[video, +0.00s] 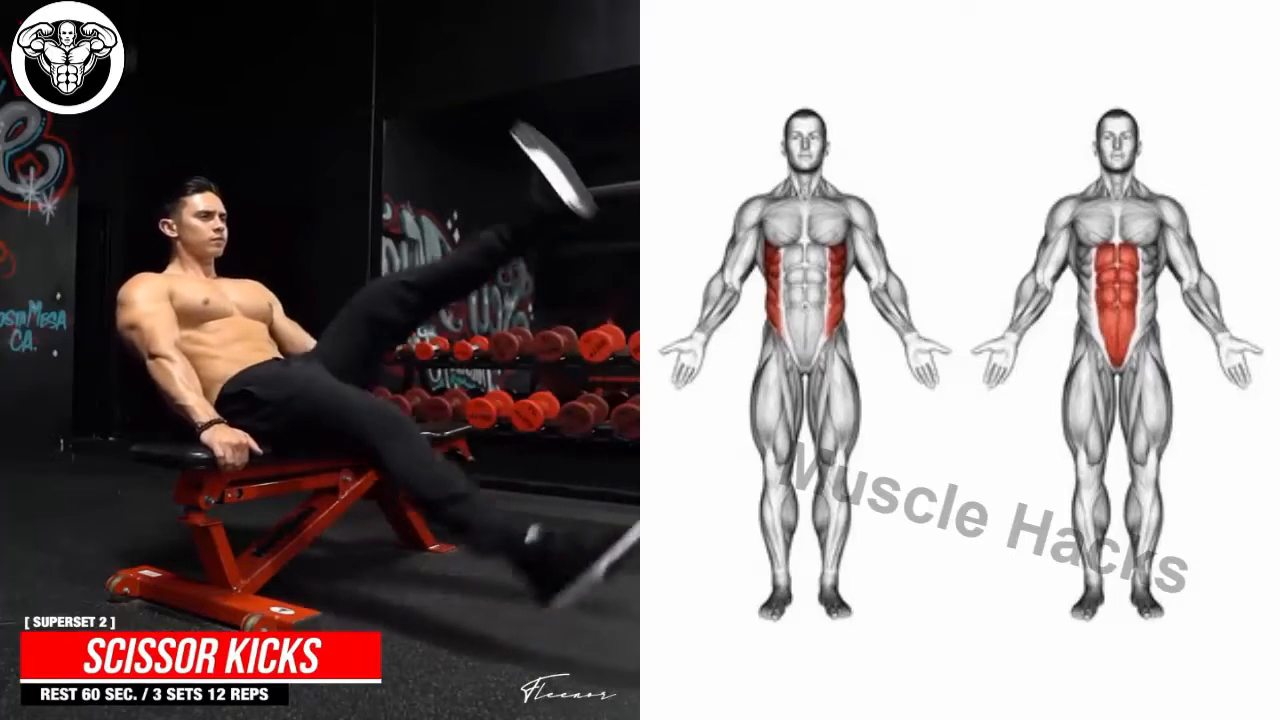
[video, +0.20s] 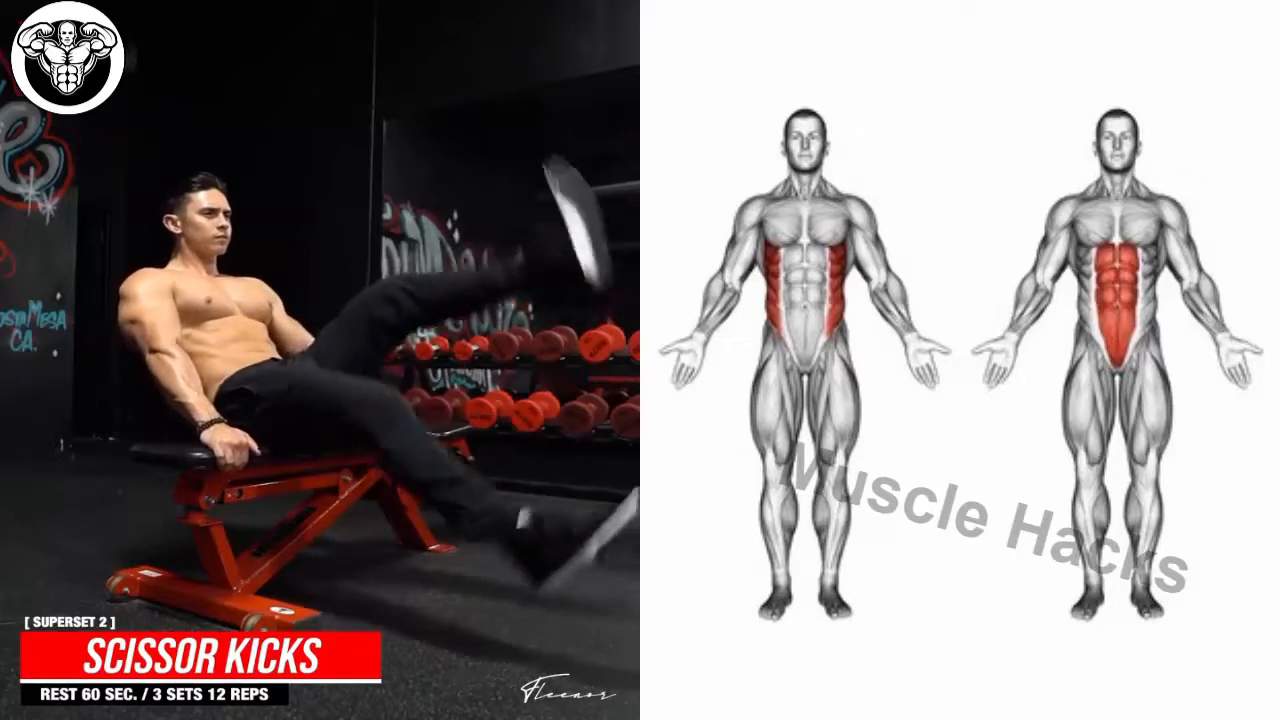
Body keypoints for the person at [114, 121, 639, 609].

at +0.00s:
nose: (218, 225)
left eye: (221, 217)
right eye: (204, 216)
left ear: (225, 229)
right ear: (170, 228)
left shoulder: (254, 292)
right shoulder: (145, 291)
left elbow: (316, 355)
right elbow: (163, 358)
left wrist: (370, 395)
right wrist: (208, 425)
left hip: (303, 376)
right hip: (251, 392)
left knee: (387, 296)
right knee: (381, 417)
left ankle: (536, 221)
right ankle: (528, 548)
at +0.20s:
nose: (222, 226)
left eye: (226, 216)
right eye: (208, 216)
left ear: (228, 223)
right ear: (175, 223)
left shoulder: (255, 290)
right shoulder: (148, 284)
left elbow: (316, 353)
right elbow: (165, 356)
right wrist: (209, 423)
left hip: (300, 381)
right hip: (247, 396)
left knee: (387, 298)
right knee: (379, 404)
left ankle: (539, 265)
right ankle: (520, 536)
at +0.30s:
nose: (215, 223)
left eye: (219, 214)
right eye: (201, 214)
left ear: (223, 225)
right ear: (169, 225)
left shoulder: (253, 289)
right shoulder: (145, 287)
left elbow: (315, 353)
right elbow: (166, 358)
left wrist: (365, 408)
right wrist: (210, 422)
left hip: (299, 383)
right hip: (243, 397)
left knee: (416, 324)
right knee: (372, 357)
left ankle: (561, 363)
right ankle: (537, 441)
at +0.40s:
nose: (213, 220)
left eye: (216, 212)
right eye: (198, 212)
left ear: (221, 225)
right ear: (166, 226)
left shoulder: (255, 287)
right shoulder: (146, 288)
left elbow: (309, 353)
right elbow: (165, 357)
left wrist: (368, 421)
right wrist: (210, 426)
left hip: (307, 395)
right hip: (244, 396)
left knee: (444, 383)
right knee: (359, 316)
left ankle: (585, 481)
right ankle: (541, 346)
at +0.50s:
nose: (215, 221)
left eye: (218, 211)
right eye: (200, 212)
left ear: (223, 220)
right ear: (168, 223)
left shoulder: (258, 284)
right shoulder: (147, 286)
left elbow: (310, 341)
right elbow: (166, 357)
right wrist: (211, 423)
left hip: (311, 397)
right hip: (248, 396)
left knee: (435, 425)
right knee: (341, 293)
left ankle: (560, 562)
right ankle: (516, 247)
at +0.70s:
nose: (215, 225)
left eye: (220, 216)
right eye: (200, 215)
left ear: (225, 225)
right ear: (168, 225)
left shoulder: (257, 286)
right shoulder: (145, 288)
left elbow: (309, 343)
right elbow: (165, 358)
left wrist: (344, 400)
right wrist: (210, 424)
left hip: (308, 394)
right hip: (244, 397)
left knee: (434, 424)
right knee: (338, 299)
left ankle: (541, 570)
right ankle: (520, 256)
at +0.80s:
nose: (210, 227)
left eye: (214, 218)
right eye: (195, 218)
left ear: (218, 229)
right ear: (162, 231)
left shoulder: (250, 290)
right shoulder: (142, 294)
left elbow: (306, 349)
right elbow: (163, 361)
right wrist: (208, 425)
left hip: (298, 395)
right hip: (237, 395)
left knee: (432, 396)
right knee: (348, 329)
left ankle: (573, 492)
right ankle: (528, 350)